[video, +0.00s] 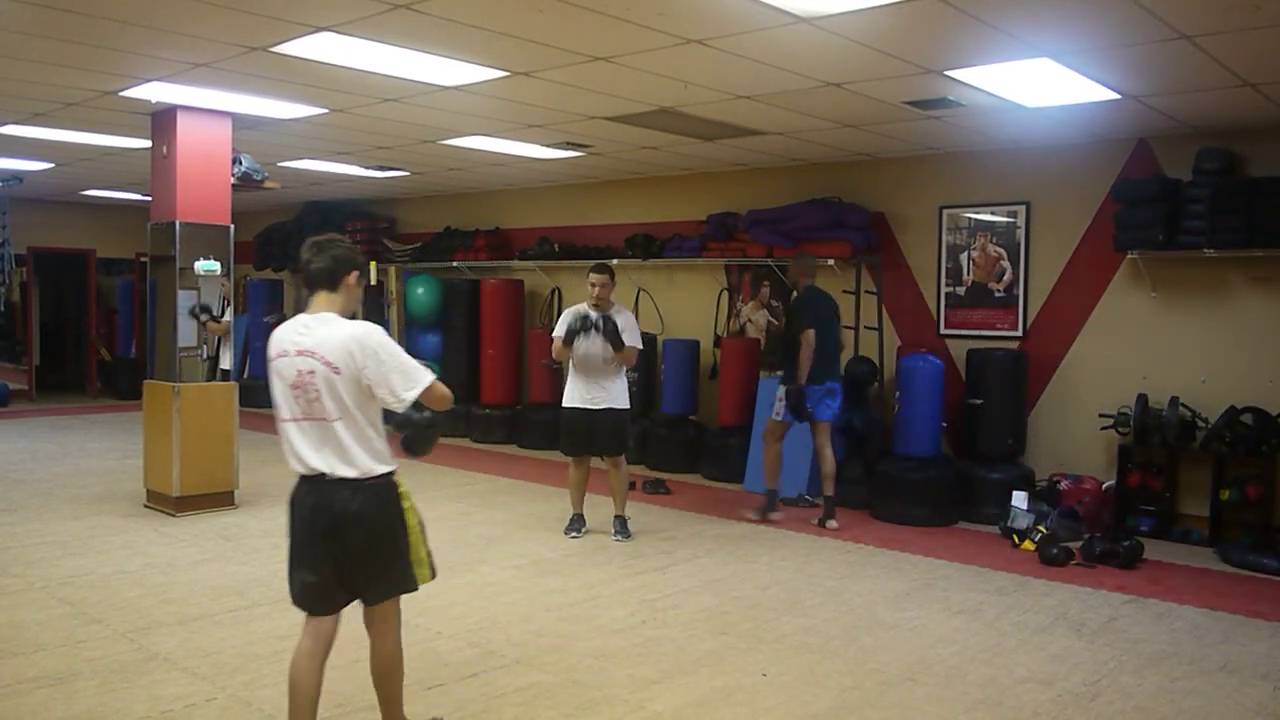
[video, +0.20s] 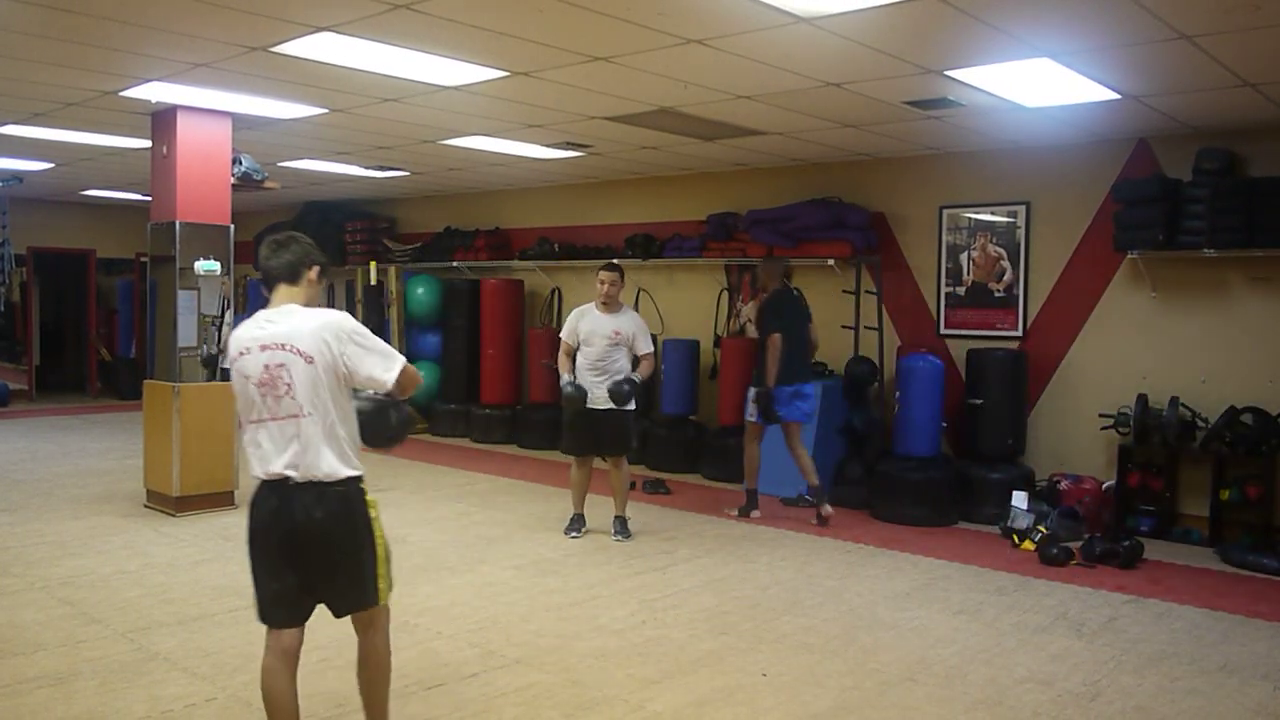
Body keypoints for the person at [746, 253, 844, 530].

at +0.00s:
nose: (787, 275)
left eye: (789, 270)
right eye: (789, 270)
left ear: (797, 273)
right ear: (813, 272)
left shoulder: (800, 301)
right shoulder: (829, 300)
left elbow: (809, 342)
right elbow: (840, 344)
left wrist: (799, 384)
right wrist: (825, 369)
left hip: (803, 381)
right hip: (829, 381)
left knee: (772, 436)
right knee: (823, 443)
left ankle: (771, 502)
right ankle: (829, 512)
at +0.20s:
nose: (758, 278)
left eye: (760, 274)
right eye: (760, 273)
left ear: (767, 275)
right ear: (784, 274)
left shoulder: (770, 303)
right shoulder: (798, 298)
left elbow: (775, 342)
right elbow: (812, 339)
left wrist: (768, 386)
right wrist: (800, 365)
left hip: (771, 383)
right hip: (799, 381)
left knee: (752, 439)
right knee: (795, 440)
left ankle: (751, 502)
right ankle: (819, 498)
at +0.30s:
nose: (741, 276)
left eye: (744, 271)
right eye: (743, 271)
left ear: (751, 275)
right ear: (766, 273)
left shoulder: (753, 303)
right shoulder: (783, 299)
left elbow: (755, 343)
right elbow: (798, 339)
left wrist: (744, 381)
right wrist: (794, 374)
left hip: (757, 381)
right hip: (781, 379)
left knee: (747, 437)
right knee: (771, 434)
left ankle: (750, 502)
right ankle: (800, 487)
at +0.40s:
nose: (729, 279)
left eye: (731, 274)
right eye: (730, 274)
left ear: (738, 275)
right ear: (754, 274)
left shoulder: (740, 301)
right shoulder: (771, 299)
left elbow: (739, 337)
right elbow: (786, 330)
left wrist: (726, 368)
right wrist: (785, 367)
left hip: (746, 376)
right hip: (768, 374)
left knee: (745, 436)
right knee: (750, 432)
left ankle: (750, 501)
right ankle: (771, 481)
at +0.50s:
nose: (718, 278)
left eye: (720, 274)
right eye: (720, 273)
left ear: (725, 275)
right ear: (742, 274)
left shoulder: (726, 301)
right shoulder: (758, 299)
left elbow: (723, 337)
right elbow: (773, 334)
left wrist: (708, 363)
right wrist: (777, 371)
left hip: (734, 376)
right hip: (756, 374)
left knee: (738, 435)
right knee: (734, 430)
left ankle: (750, 500)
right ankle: (740, 485)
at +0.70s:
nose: (694, 283)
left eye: (695, 279)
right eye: (695, 278)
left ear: (699, 280)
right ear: (715, 278)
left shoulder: (701, 303)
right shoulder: (731, 302)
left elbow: (699, 340)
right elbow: (749, 336)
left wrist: (678, 365)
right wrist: (755, 376)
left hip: (707, 377)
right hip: (728, 376)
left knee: (715, 433)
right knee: (705, 430)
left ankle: (742, 490)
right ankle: (700, 486)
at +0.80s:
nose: (679, 281)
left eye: (680, 277)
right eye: (680, 277)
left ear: (687, 277)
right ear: (701, 276)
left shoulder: (691, 300)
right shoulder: (720, 300)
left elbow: (690, 337)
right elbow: (730, 333)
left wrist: (673, 364)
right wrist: (720, 361)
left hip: (693, 374)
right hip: (715, 373)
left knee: (685, 429)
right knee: (700, 429)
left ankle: (722, 476)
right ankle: (699, 487)